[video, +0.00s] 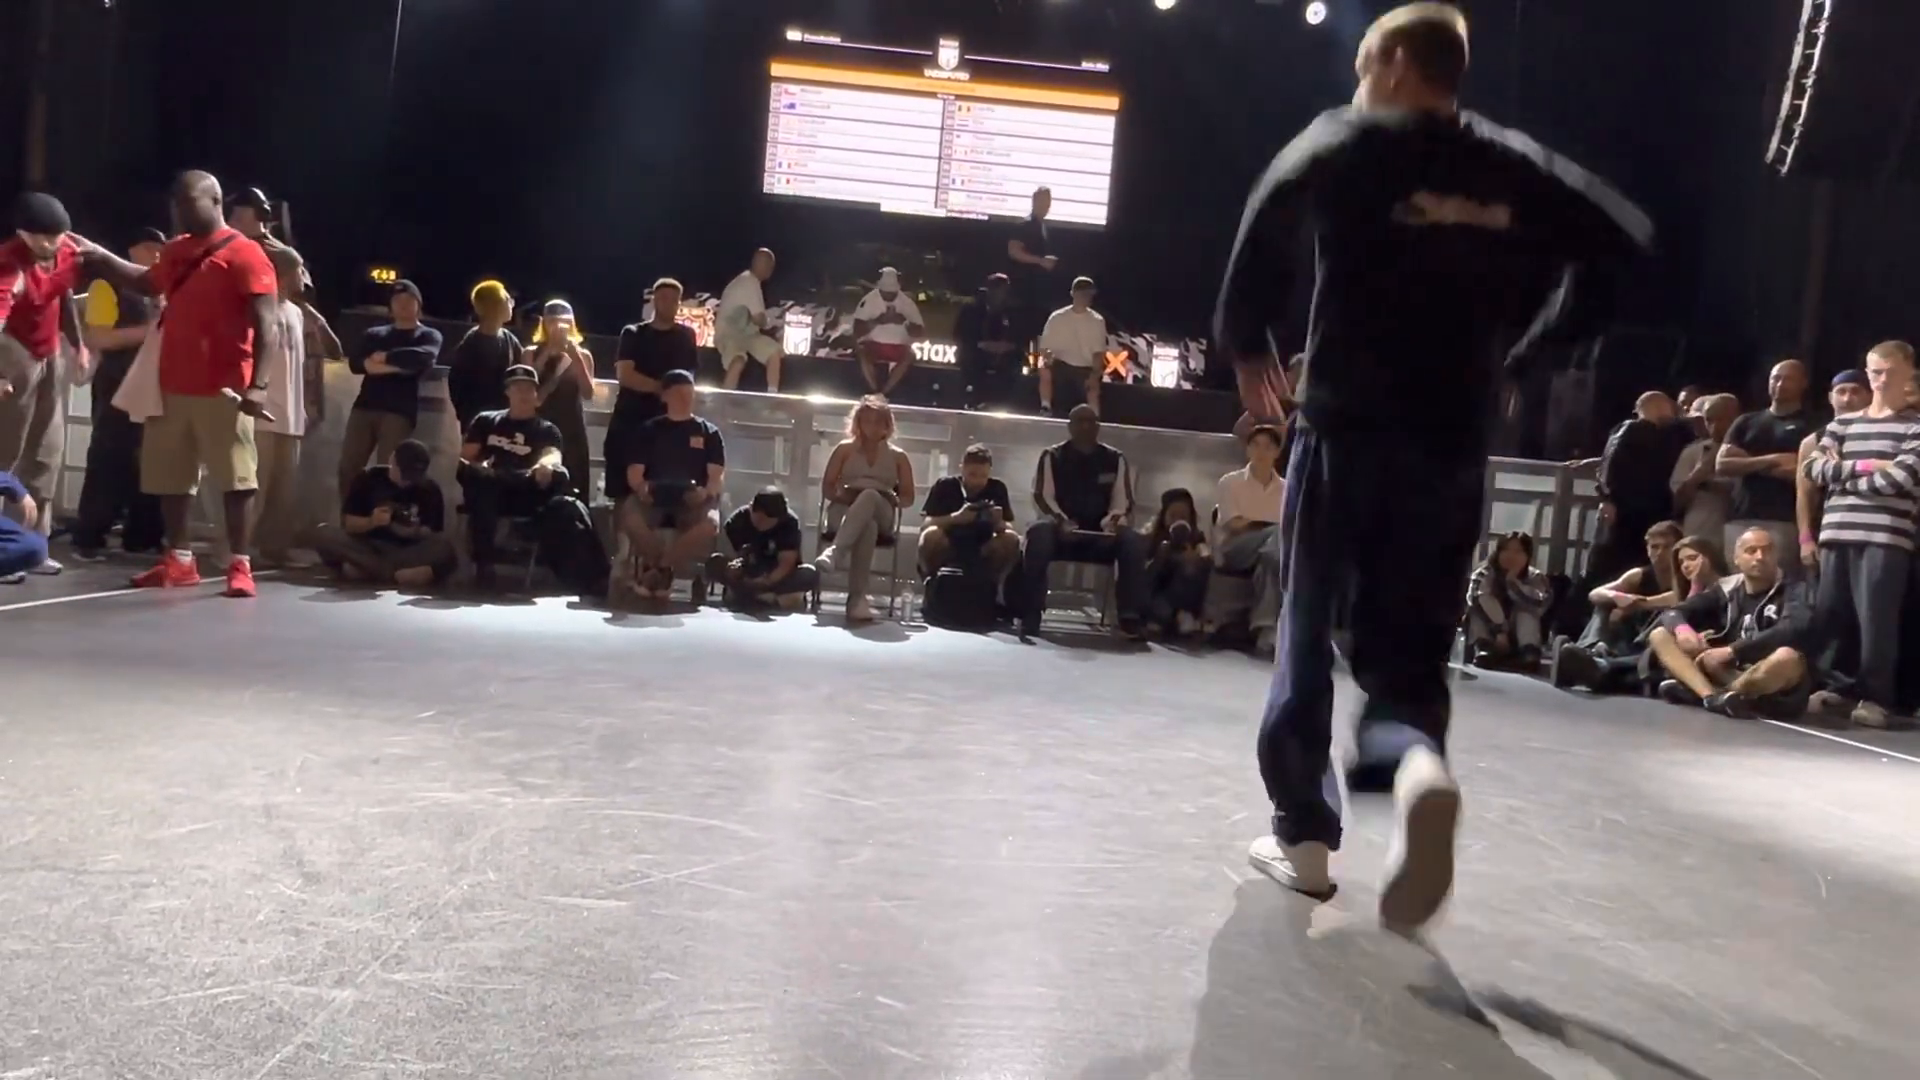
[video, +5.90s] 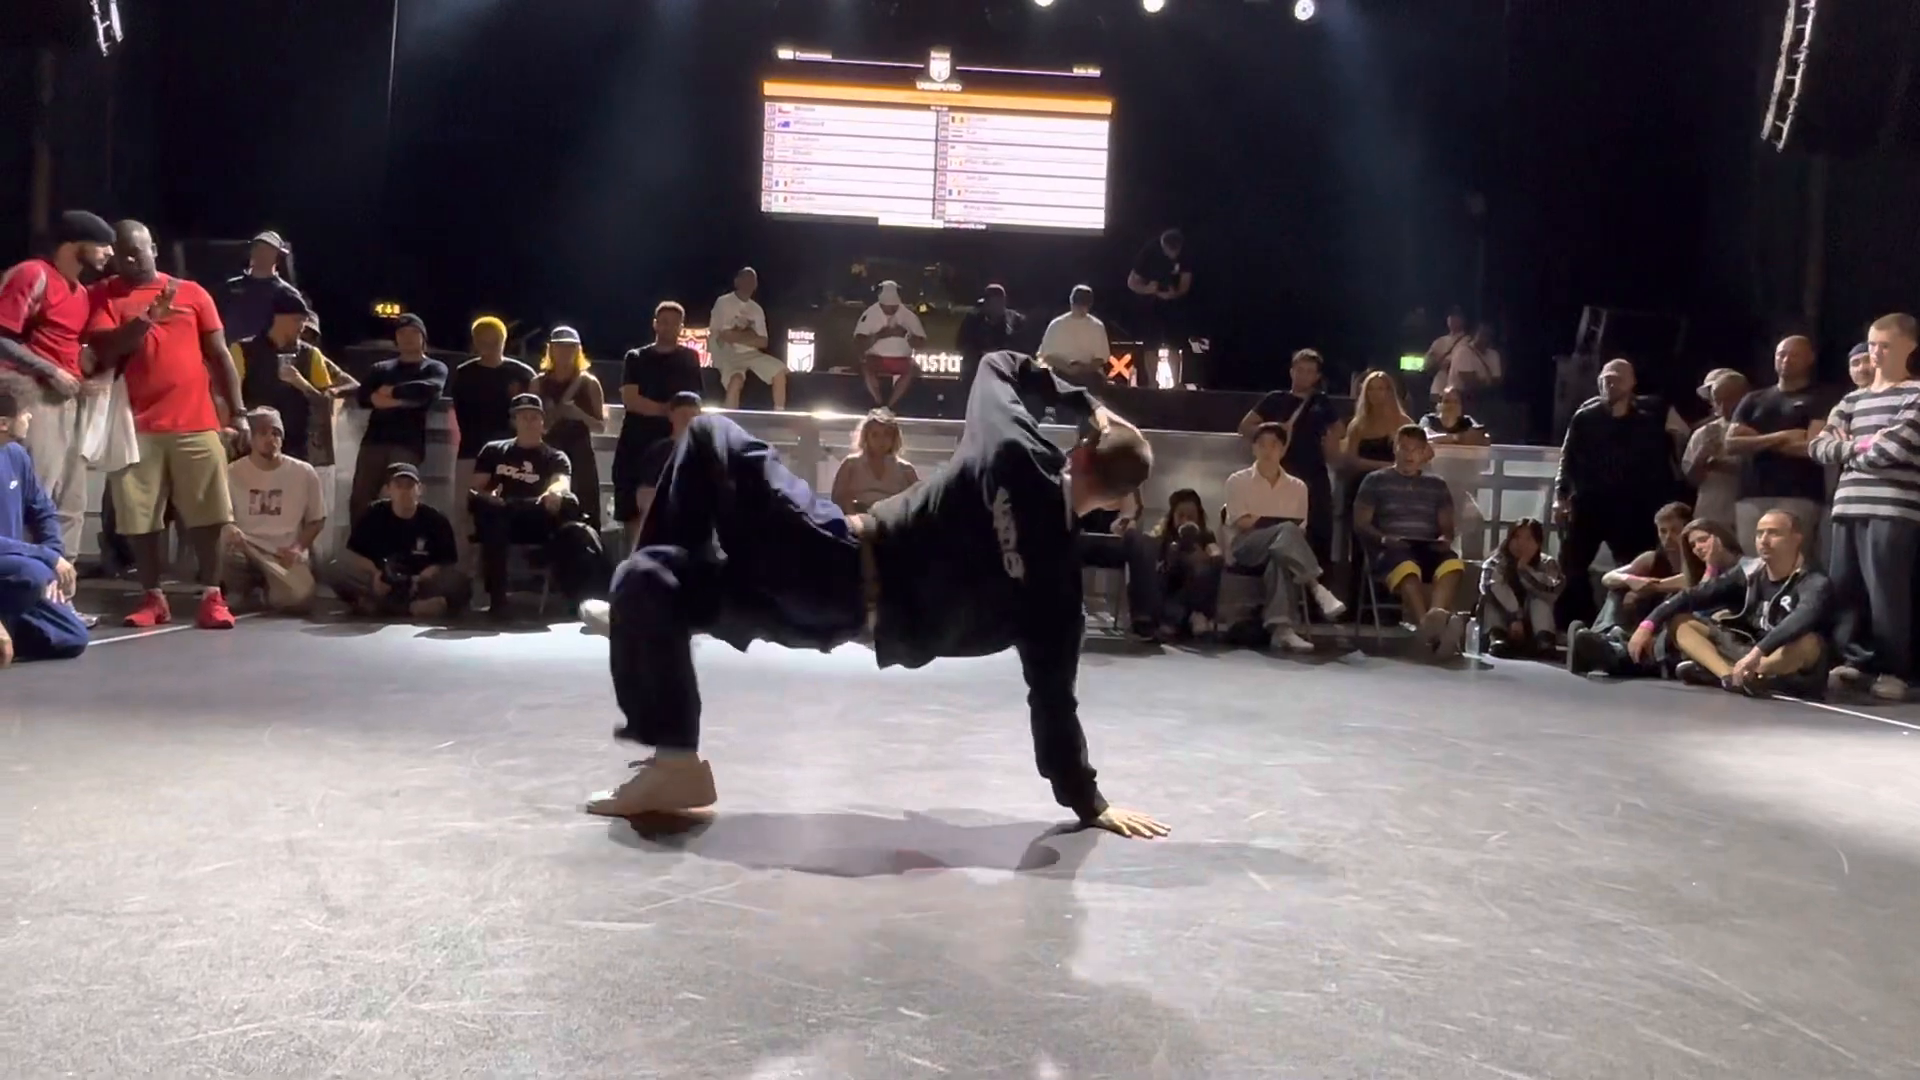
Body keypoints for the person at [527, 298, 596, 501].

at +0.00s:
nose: (559, 327)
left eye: (565, 321)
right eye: (553, 321)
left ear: (573, 325)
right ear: (544, 324)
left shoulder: (583, 356)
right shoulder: (531, 354)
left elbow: (588, 393)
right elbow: (532, 399)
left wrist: (576, 358)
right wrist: (557, 373)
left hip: (572, 430)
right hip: (540, 429)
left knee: (575, 490)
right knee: (539, 490)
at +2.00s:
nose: (547, 337)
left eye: (552, 331)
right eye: (541, 332)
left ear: (560, 335)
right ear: (532, 335)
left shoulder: (569, 366)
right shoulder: (521, 364)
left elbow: (575, 396)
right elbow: (515, 394)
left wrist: (564, 356)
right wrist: (535, 364)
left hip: (560, 436)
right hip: (529, 434)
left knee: (565, 495)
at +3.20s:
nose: (533, 362)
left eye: (538, 357)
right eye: (528, 357)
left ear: (546, 363)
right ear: (519, 363)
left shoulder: (554, 391)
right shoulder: (514, 390)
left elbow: (565, 397)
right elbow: (504, 397)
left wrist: (550, 361)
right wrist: (521, 360)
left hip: (550, 458)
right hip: (521, 459)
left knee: (558, 514)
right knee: (522, 512)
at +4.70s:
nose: (545, 361)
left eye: (551, 356)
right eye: (540, 356)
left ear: (560, 363)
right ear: (532, 362)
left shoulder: (571, 393)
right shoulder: (524, 393)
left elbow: (578, 418)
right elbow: (516, 422)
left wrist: (566, 384)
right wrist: (534, 386)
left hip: (563, 467)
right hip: (532, 468)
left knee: (570, 526)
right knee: (533, 526)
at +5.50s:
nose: (558, 356)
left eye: (563, 351)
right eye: (553, 350)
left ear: (572, 355)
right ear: (545, 354)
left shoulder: (584, 386)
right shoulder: (535, 384)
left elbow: (592, 427)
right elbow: (532, 426)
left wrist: (574, 409)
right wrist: (553, 411)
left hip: (574, 454)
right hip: (544, 453)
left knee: (581, 513)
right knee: (543, 512)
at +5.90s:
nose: (564, 352)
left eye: (570, 347)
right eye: (559, 346)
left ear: (577, 351)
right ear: (550, 349)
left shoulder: (589, 383)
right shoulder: (538, 382)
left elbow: (601, 426)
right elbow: (533, 425)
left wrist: (579, 414)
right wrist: (552, 416)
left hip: (579, 450)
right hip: (547, 449)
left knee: (585, 509)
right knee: (547, 509)